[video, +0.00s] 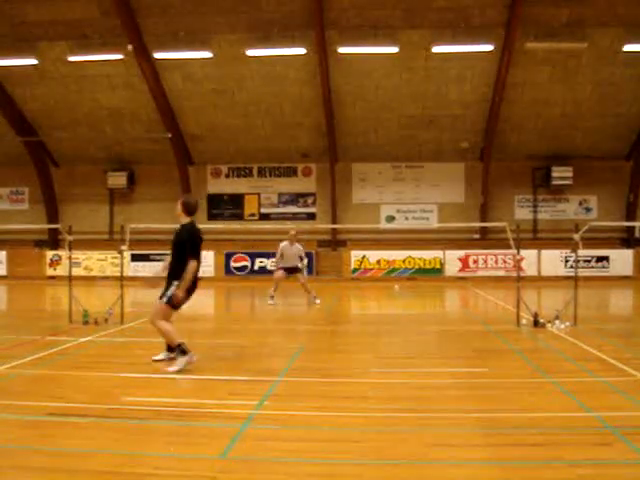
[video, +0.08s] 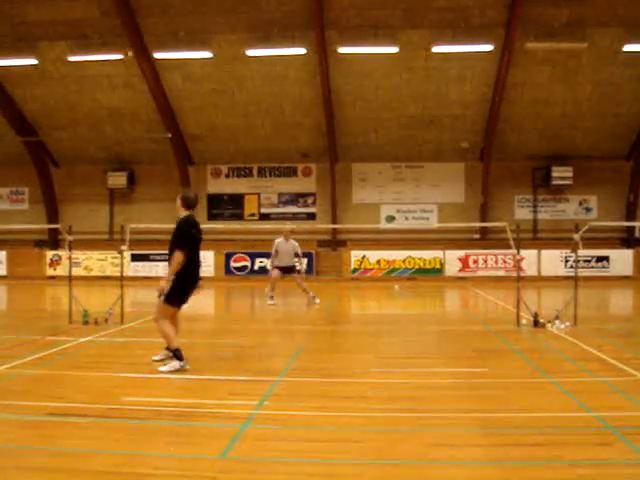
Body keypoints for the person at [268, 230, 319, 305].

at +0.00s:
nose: (292, 238)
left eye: (294, 236)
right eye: (291, 236)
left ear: (296, 237)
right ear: (288, 236)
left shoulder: (299, 247)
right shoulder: (283, 246)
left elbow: (303, 258)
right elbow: (278, 256)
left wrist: (303, 263)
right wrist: (275, 262)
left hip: (295, 266)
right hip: (284, 266)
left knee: (303, 282)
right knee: (277, 277)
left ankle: (313, 296)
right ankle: (272, 296)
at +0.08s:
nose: (286, 235)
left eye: (288, 233)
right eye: (285, 233)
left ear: (290, 234)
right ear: (282, 233)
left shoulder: (294, 244)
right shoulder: (277, 243)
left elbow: (299, 256)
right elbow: (273, 254)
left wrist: (300, 267)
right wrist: (271, 264)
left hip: (291, 265)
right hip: (279, 266)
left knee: (299, 281)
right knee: (274, 276)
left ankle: (311, 296)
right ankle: (270, 296)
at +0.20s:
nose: (278, 227)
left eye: (280, 225)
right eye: (277, 225)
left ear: (283, 227)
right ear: (275, 226)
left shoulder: (285, 237)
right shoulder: (269, 236)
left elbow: (292, 250)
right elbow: (266, 247)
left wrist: (293, 262)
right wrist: (265, 257)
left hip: (283, 260)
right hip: (273, 260)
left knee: (290, 279)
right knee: (270, 278)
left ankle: (304, 292)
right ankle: (270, 297)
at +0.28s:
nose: (275, 224)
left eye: (277, 223)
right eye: (274, 222)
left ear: (279, 224)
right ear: (272, 223)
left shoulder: (281, 234)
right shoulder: (267, 233)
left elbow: (286, 246)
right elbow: (262, 245)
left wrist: (287, 257)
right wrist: (261, 257)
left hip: (280, 257)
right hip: (270, 258)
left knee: (282, 276)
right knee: (270, 278)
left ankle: (297, 289)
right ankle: (270, 297)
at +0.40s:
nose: (269, 221)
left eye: (270, 219)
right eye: (267, 219)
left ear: (273, 220)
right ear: (265, 220)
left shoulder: (275, 231)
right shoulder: (261, 230)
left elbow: (280, 243)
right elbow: (258, 243)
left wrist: (275, 252)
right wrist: (254, 255)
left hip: (275, 253)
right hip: (266, 253)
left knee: (268, 273)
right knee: (268, 273)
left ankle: (278, 291)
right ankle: (271, 293)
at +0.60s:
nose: (259, 222)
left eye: (261, 220)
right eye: (258, 220)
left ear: (264, 222)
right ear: (257, 221)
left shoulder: (268, 232)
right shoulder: (255, 232)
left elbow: (273, 246)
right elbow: (252, 243)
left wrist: (273, 259)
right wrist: (251, 255)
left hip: (267, 258)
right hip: (258, 257)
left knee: (267, 278)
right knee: (258, 278)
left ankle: (269, 295)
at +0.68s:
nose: (254, 224)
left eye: (256, 222)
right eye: (253, 222)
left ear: (259, 222)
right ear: (252, 223)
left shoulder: (261, 233)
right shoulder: (252, 232)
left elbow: (267, 247)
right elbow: (250, 245)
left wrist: (269, 260)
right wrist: (248, 256)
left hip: (261, 258)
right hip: (253, 258)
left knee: (263, 278)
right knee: (252, 278)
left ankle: (268, 295)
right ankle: (250, 296)